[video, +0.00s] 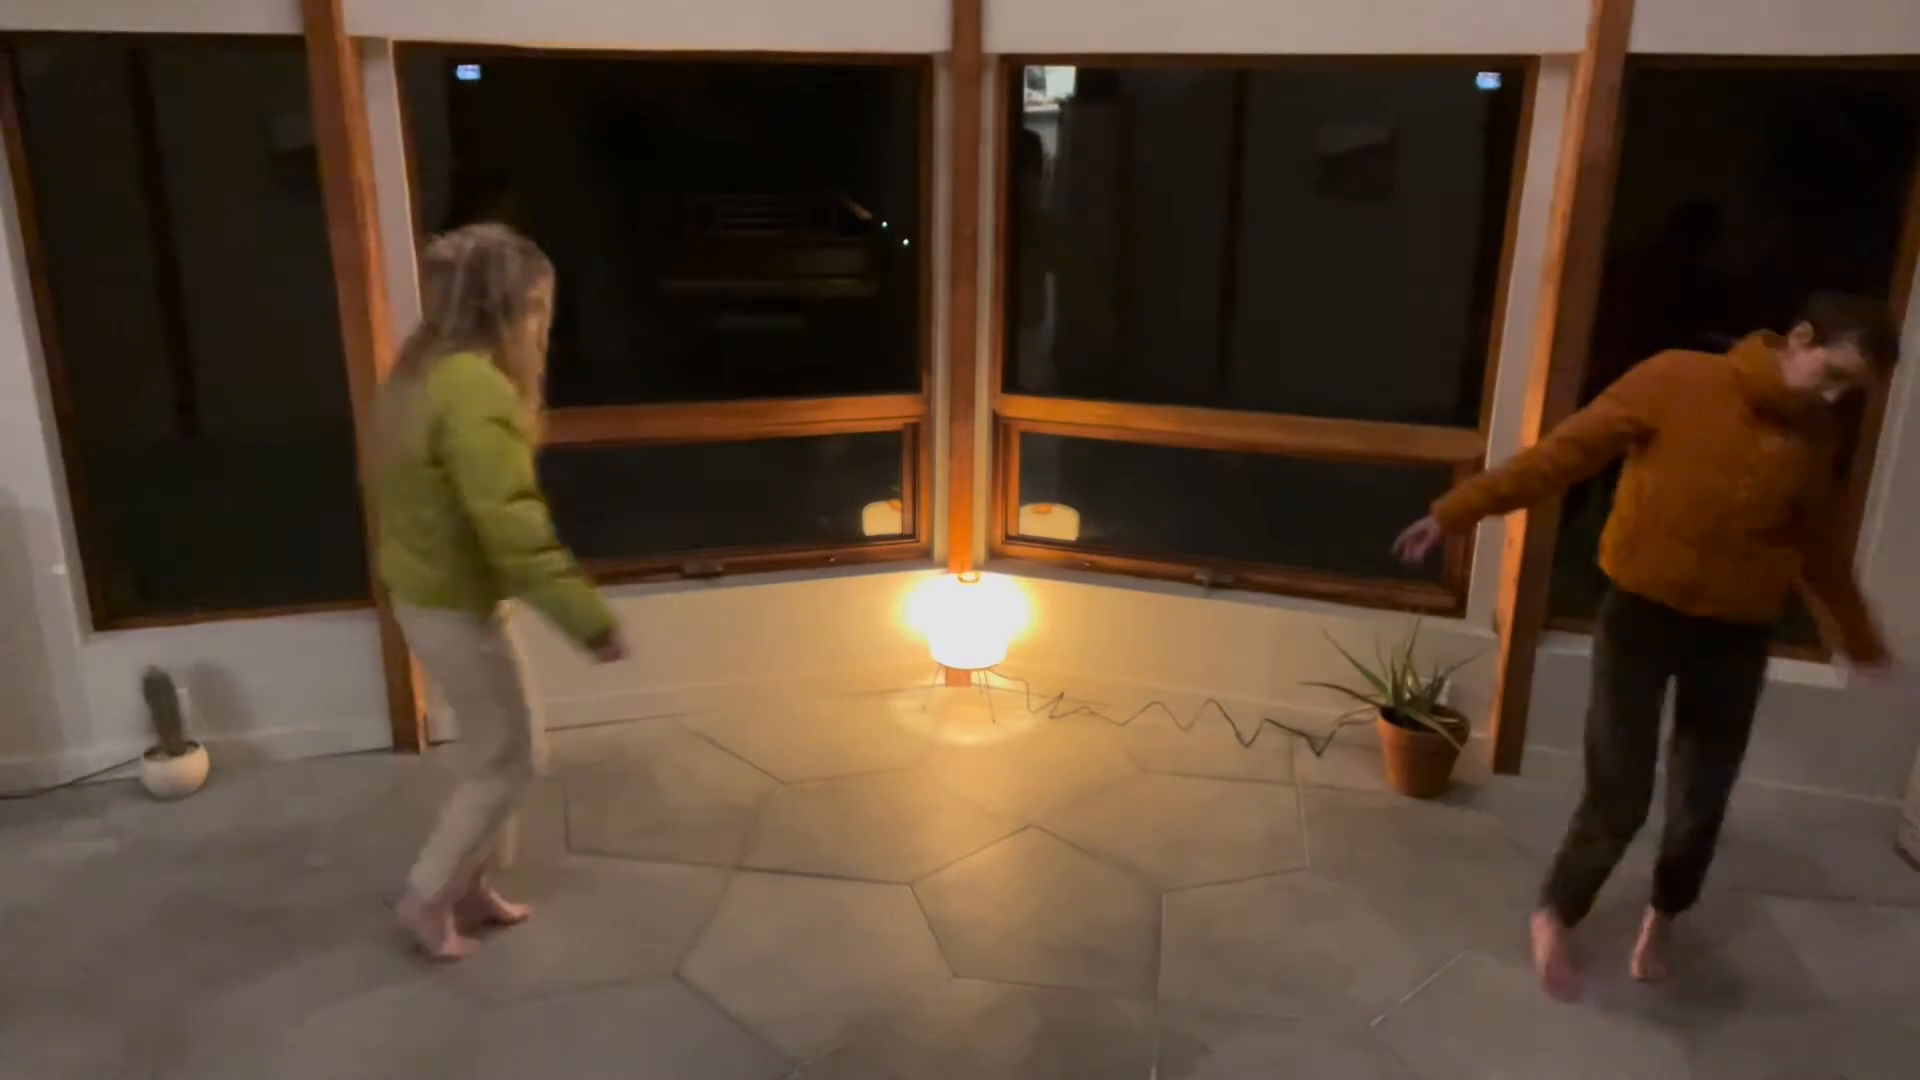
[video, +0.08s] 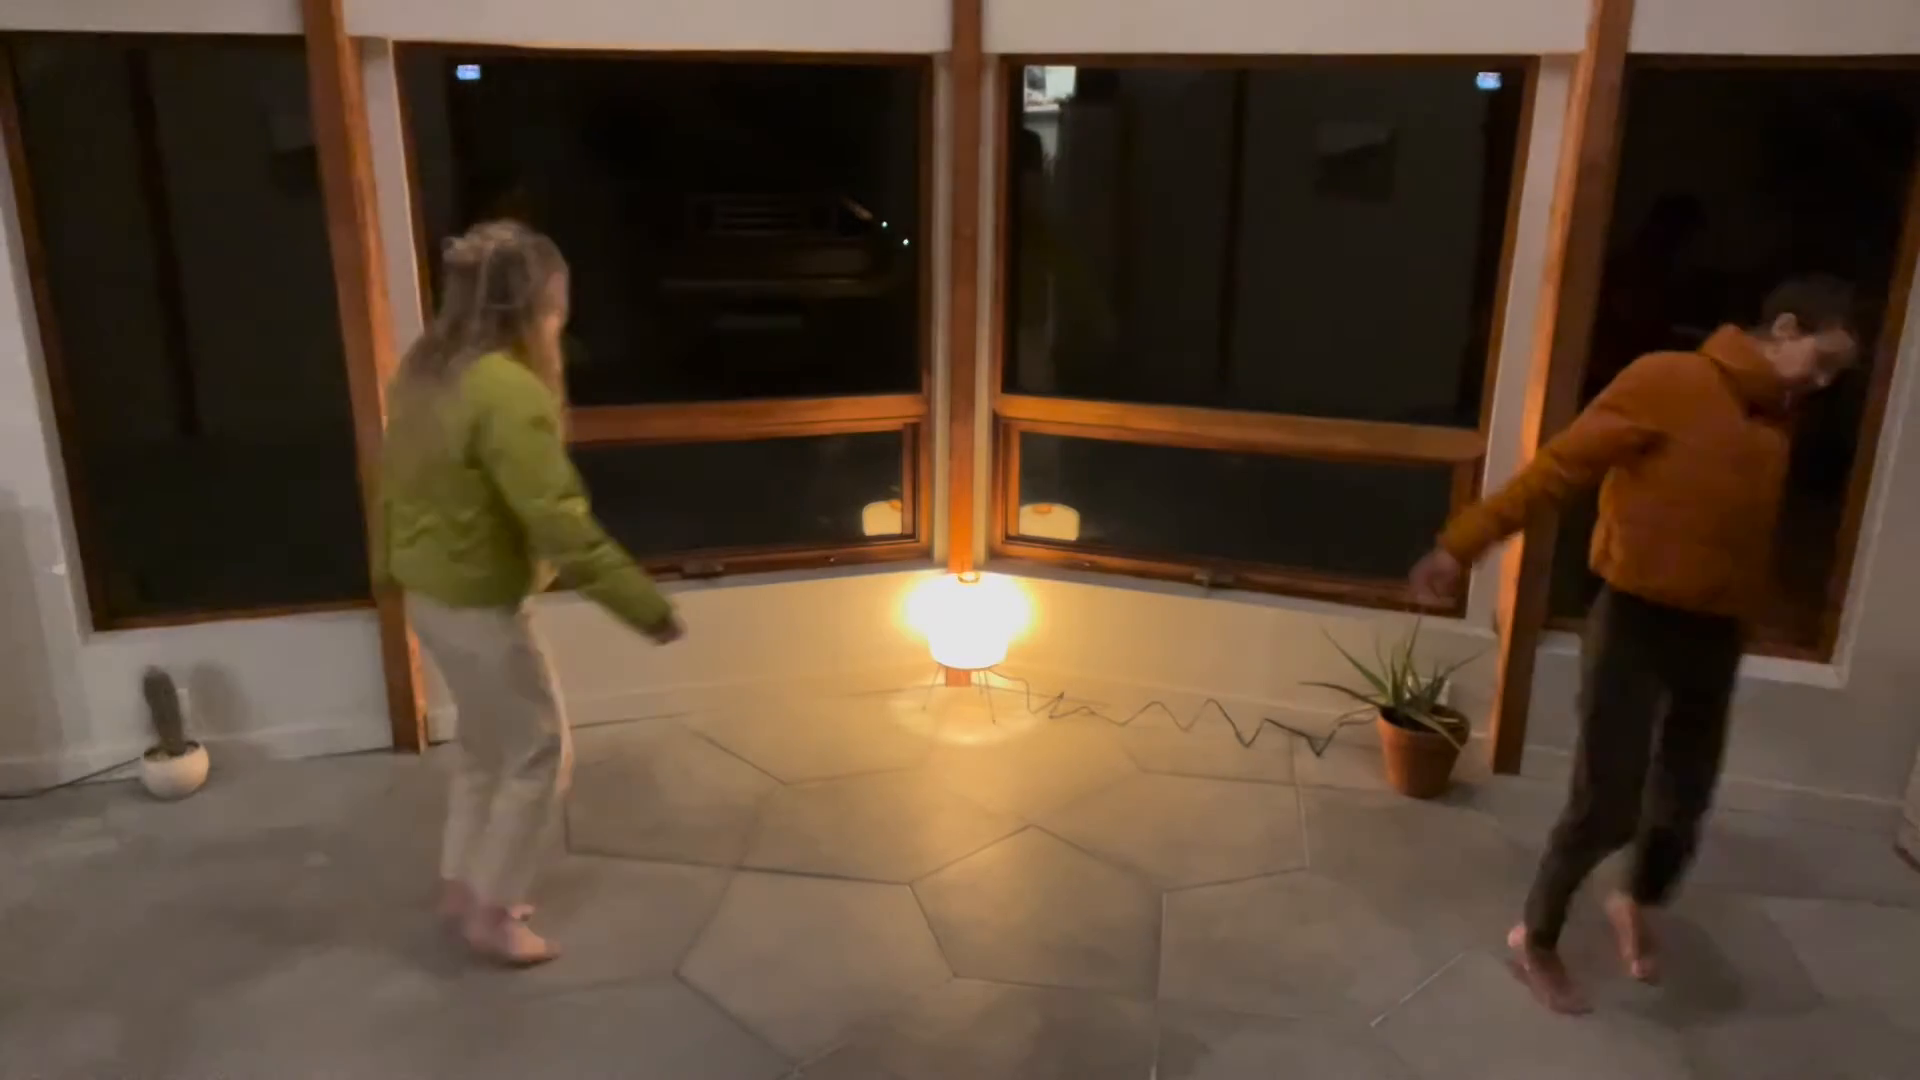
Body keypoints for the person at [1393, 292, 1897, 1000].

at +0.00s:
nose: (1832, 395)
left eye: (1847, 386)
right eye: (1834, 374)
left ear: (1853, 381)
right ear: (1801, 340)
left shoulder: (1816, 435)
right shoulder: (1676, 382)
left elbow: (1823, 551)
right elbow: (1563, 452)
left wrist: (1861, 640)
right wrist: (1457, 508)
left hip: (1733, 633)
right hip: (1640, 614)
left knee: (1700, 803)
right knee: (1621, 795)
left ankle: (1660, 918)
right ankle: (1553, 918)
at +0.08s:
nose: (1822, 382)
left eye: (1833, 370)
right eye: (1823, 361)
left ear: (1794, 338)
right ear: (1787, 329)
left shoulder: (1775, 414)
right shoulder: (1666, 382)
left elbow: (1745, 525)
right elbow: (1556, 471)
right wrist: (1456, 547)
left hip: (1713, 629)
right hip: (1633, 617)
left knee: (1683, 800)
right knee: (1610, 803)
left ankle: (1637, 901)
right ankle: (1534, 937)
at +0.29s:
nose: (1767, 356)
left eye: (1774, 341)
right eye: (1769, 337)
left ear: (1721, 319)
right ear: (1741, 321)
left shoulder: (1656, 386)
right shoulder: (1673, 395)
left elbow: (1599, 495)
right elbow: (1620, 509)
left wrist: (1551, 572)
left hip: (1653, 617)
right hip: (1653, 622)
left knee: (1608, 777)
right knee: (1631, 795)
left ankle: (1539, 919)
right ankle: (1541, 939)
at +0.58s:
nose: (1608, 318)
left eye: (1611, 306)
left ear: (1613, 312)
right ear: (1689, 325)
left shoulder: (1557, 399)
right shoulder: (1719, 410)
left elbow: (1486, 517)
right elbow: (1772, 542)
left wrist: (1397, 597)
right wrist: (1864, 645)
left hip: (1549, 623)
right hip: (1649, 632)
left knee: (1536, 788)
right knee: (1610, 800)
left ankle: (1525, 965)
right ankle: (1568, 971)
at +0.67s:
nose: (1612, 327)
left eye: (1610, 312)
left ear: (1607, 316)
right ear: (1684, 326)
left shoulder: (1554, 404)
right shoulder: (1717, 414)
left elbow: (1488, 524)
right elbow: (1776, 538)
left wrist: (1405, 608)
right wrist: (1877, 627)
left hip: (1544, 630)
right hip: (1637, 637)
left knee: (1530, 790)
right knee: (1594, 798)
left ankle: (1523, 971)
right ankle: (1572, 963)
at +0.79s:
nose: (1586, 313)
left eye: (1590, 302)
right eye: (1592, 300)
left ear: (1604, 309)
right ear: (1674, 320)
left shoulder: (1569, 403)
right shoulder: (1701, 408)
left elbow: (1527, 533)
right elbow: (1747, 519)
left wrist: (1467, 633)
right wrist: (1828, 585)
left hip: (1547, 632)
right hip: (1616, 637)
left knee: (1521, 793)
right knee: (1562, 780)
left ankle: (1527, 969)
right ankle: (1583, 946)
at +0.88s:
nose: (1580, 304)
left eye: (1587, 292)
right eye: (1586, 290)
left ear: (1607, 303)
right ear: (1662, 314)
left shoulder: (1574, 405)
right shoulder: (1680, 406)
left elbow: (1551, 546)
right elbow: (1716, 510)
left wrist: (1507, 657)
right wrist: (1789, 573)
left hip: (1549, 630)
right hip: (1604, 632)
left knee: (1522, 800)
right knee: (1566, 784)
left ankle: (1548, 967)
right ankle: (1585, 951)